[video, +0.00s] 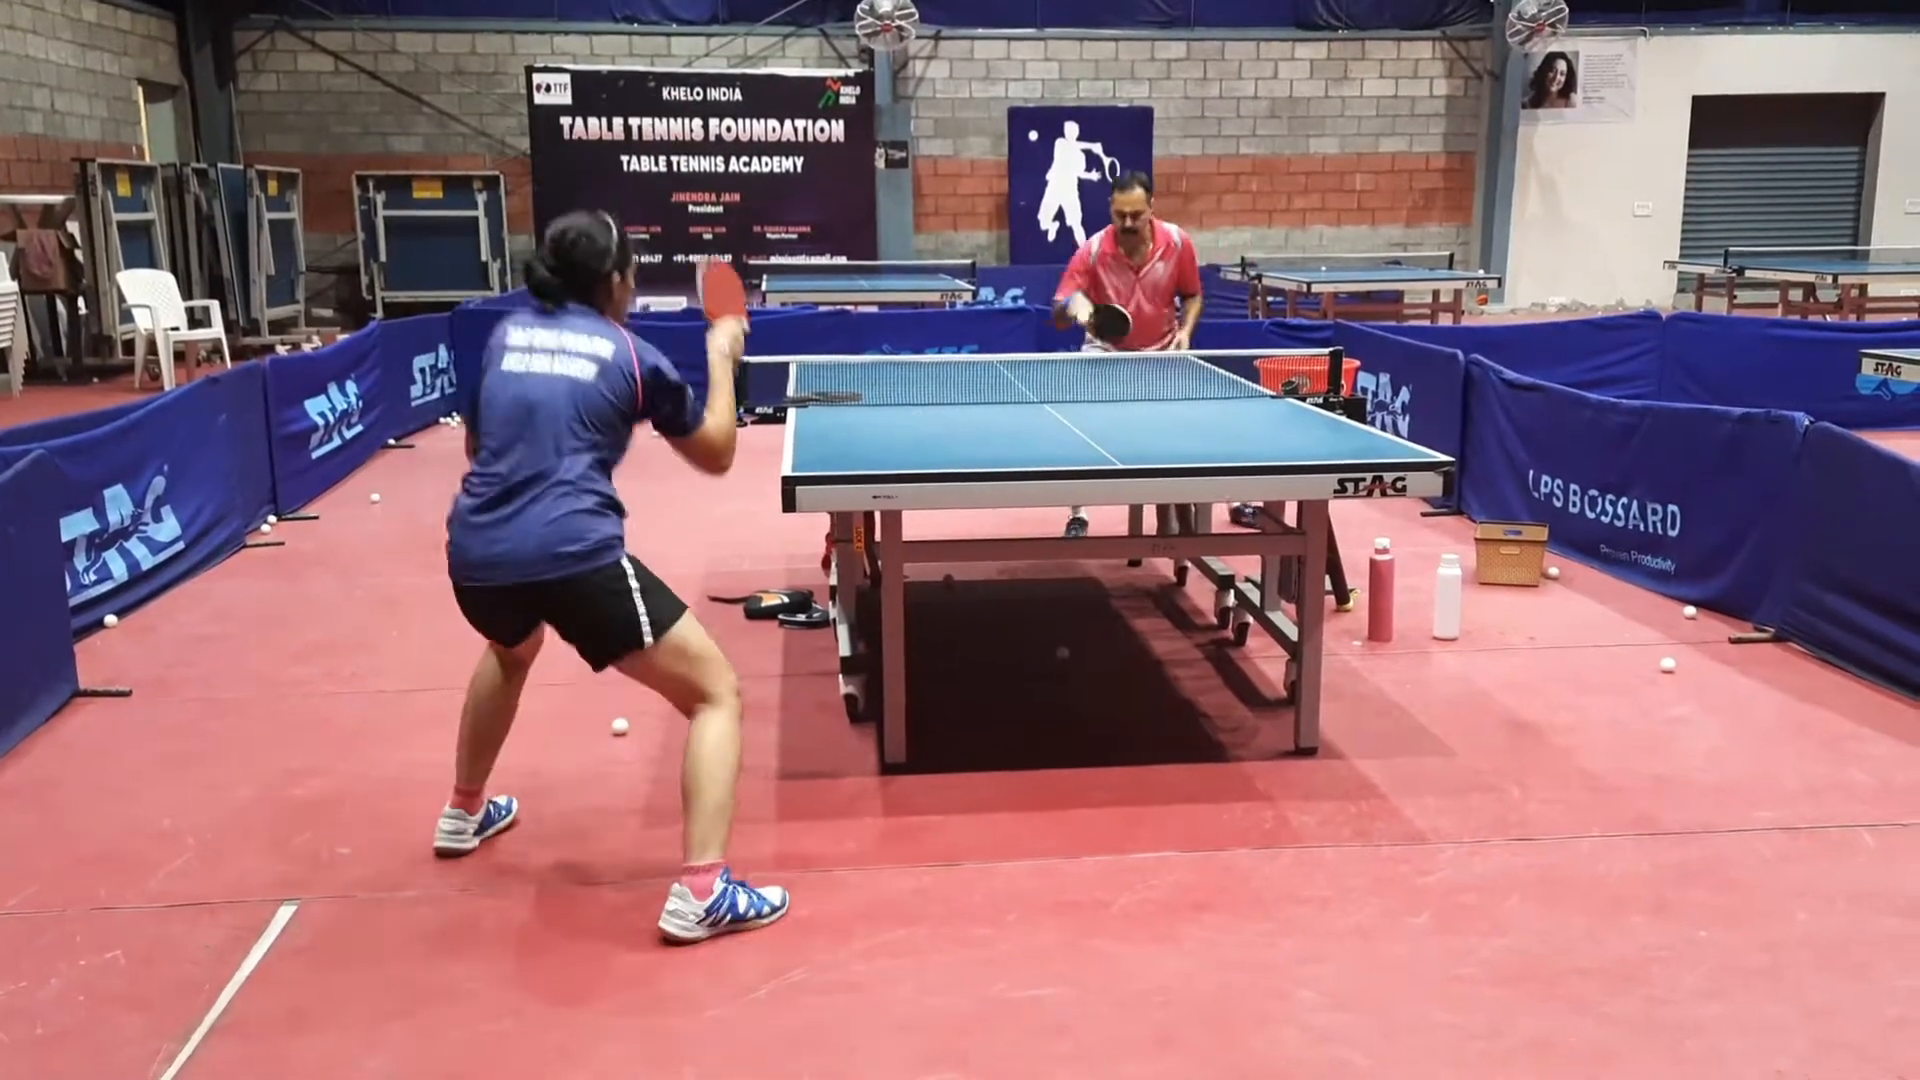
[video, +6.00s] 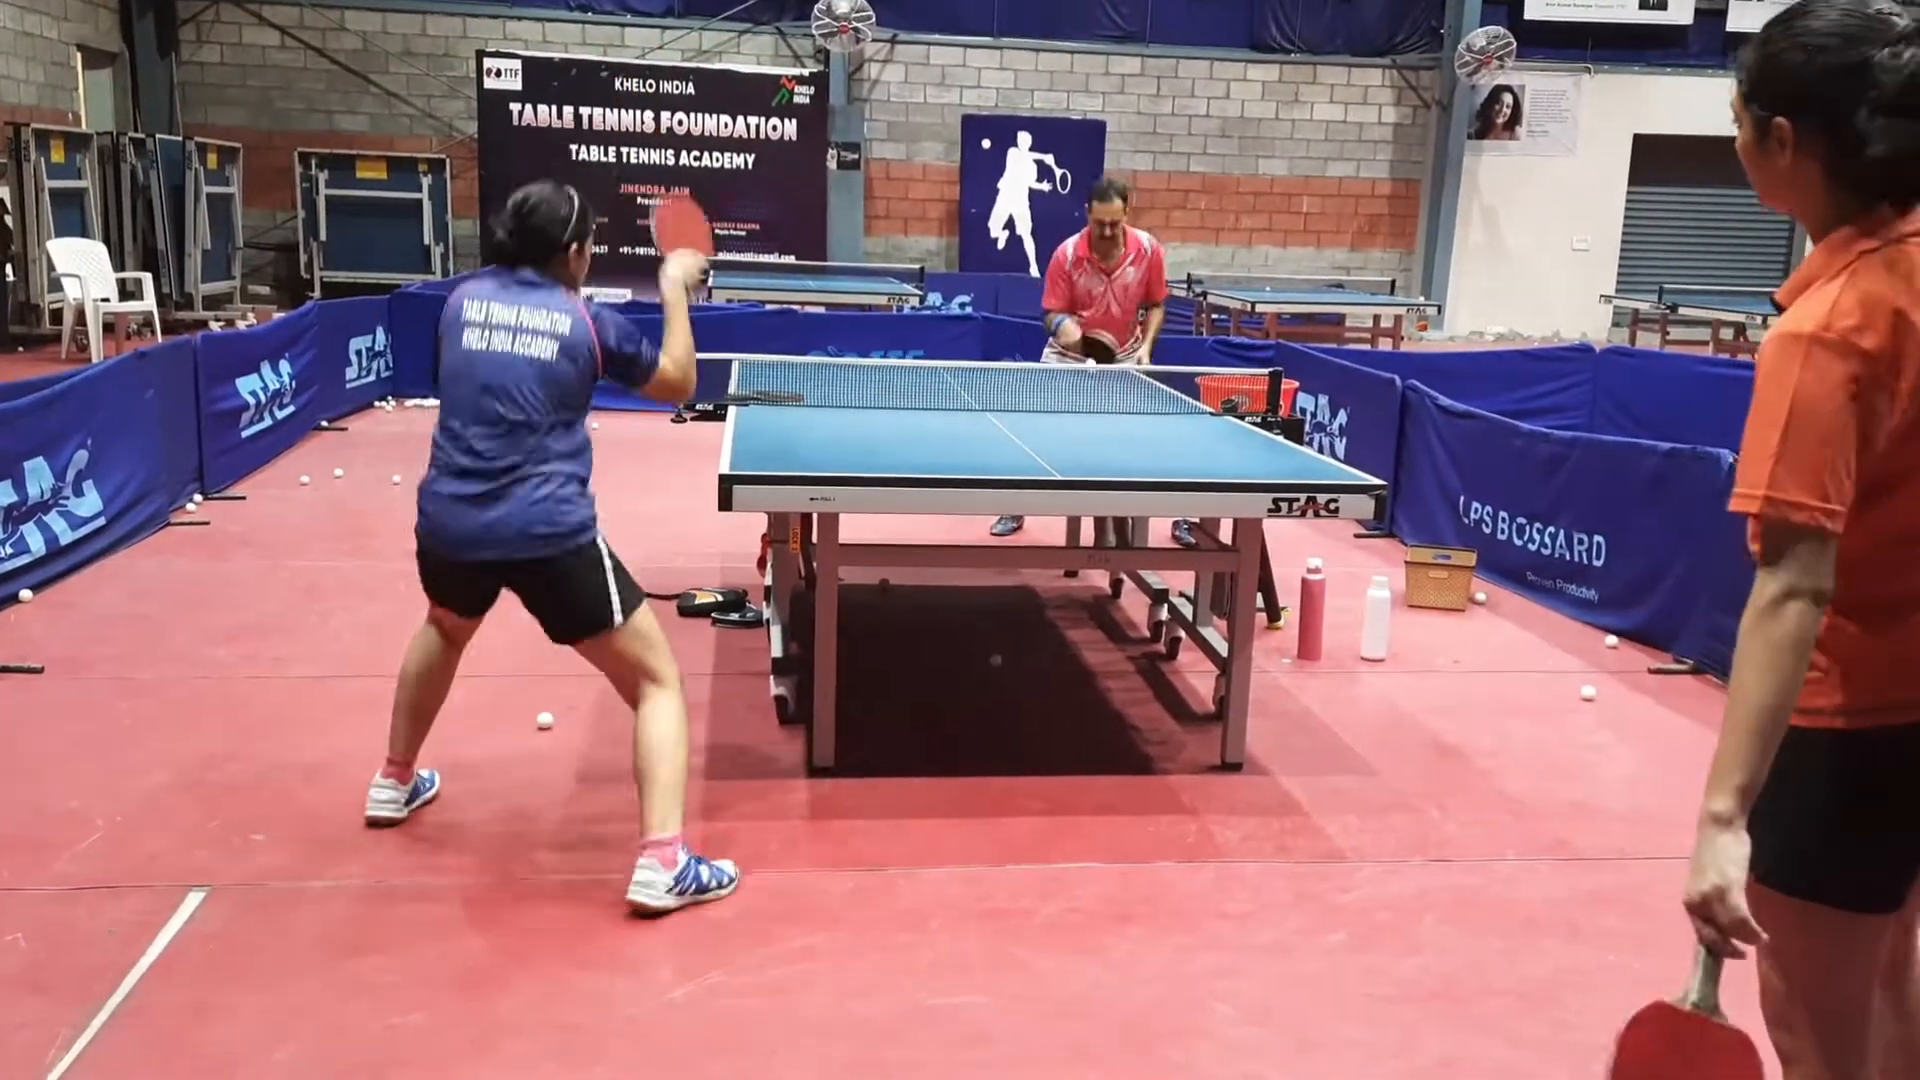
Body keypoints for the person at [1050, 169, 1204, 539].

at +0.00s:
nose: (1128, 223)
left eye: (1135, 215)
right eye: (1120, 215)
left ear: (1151, 208)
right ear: (1111, 210)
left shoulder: (1177, 243)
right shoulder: (1092, 250)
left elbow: (1193, 295)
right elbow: (1060, 315)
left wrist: (1186, 330)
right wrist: (1075, 304)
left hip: (1162, 354)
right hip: (1103, 356)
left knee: (1177, 430)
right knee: (1083, 426)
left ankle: (1178, 519)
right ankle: (1077, 513)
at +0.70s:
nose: (1161, 188)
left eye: (1168, 180)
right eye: (1153, 181)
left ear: (1183, 176)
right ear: (1143, 180)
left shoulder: (1209, 220)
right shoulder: (1126, 224)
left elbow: (1222, 280)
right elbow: (1106, 285)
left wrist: (1208, 309)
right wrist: (1115, 287)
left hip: (1197, 341)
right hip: (1136, 340)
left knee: (1215, 418)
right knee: (1107, 417)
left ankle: (1218, 498)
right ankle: (1080, 505)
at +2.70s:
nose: (1179, 203)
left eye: (1188, 197)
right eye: (1172, 195)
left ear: (1202, 196)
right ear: (1163, 193)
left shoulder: (1221, 240)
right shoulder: (1138, 237)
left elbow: (1229, 297)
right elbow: (1121, 298)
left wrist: (1217, 335)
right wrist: (1138, 320)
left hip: (1195, 355)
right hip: (1136, 351)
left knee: (1211, 430)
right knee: (1099, 423)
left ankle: (1222, 514)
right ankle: (1069, 510)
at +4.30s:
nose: (1135, 217)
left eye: (1143, 209)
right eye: (1128, 209)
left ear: (1158, 209)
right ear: (1118, 208)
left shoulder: (1181, 252)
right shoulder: (1099, 253)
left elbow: (1197, 309)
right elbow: (1081, 308)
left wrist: (1181, 341)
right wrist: (1089, 324)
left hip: (1163, 368)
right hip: (1104, 365)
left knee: (1195, 437)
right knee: (1065, 430)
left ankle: (1212, 522)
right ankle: (1042, 515)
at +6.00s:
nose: (1107, 230)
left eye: (1114, 223)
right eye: (1100, 222)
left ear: (1126, 215)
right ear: (1088, 214)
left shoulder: (1148, 250)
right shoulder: (1067, 253)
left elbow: (1156, 304)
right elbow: (1053, 312)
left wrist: (1146, 345)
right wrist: (1066, 326)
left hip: (1125, 357)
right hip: (1068, 354)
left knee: (1156, 426)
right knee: (1033, 419)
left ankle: (1184, 514)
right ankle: (1014, 506)